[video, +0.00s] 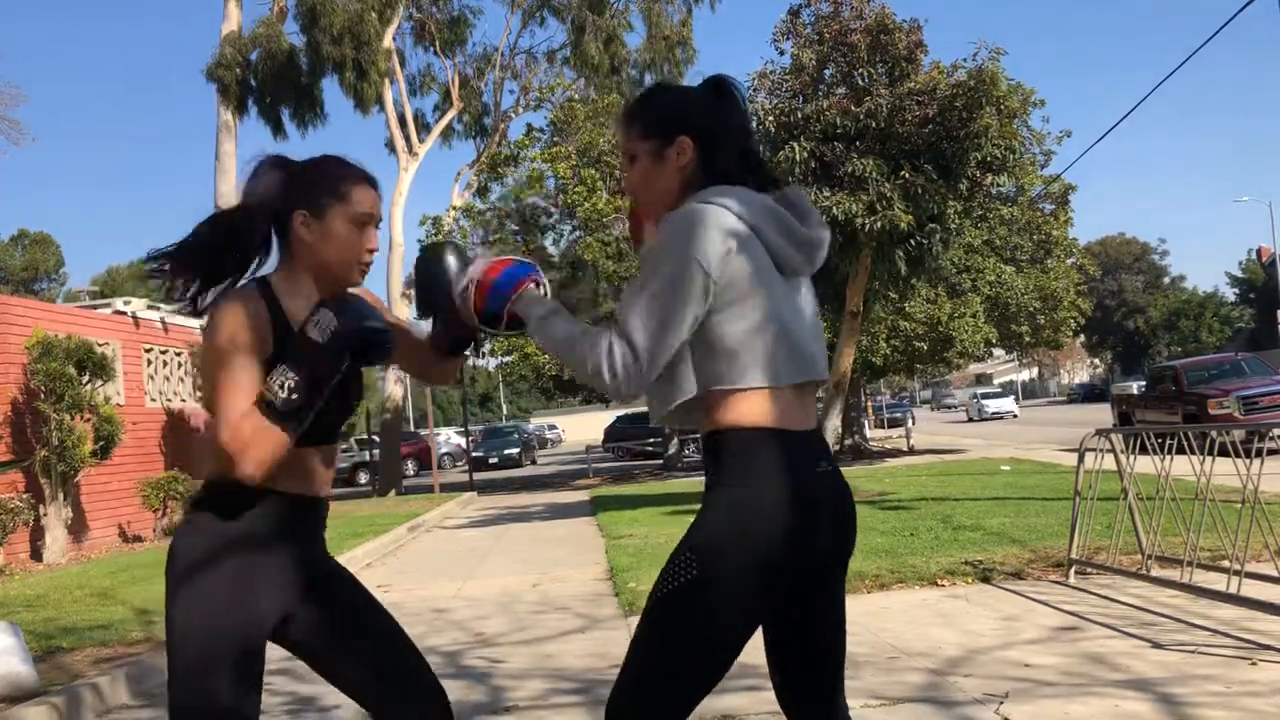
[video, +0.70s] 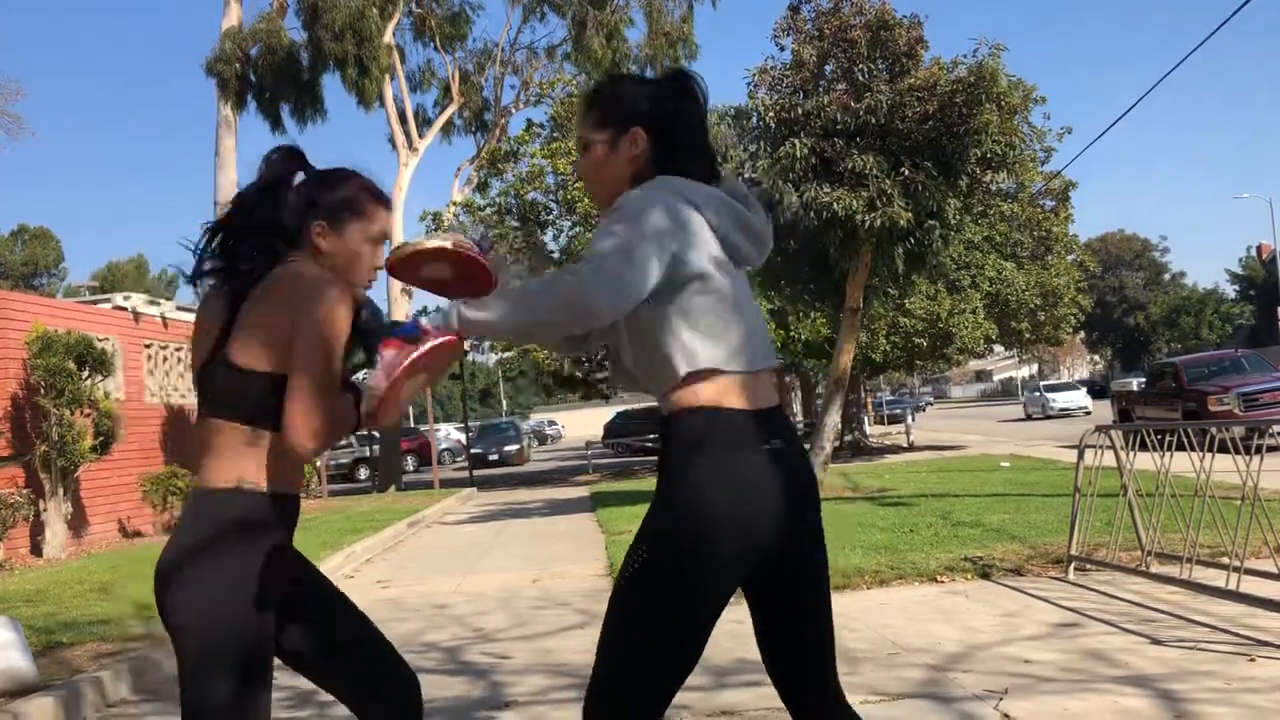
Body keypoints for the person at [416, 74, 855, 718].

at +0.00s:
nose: (625, 180)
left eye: (631, 160)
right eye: (624, 163)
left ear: (681, 153)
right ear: (683, 152)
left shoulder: (697, 226)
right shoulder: (772, 224)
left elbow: (623, 366)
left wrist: (529, 305)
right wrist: (555, 311)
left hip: (752, 501)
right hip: (817, 495)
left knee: (637, 707)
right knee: (818, 705)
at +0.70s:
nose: (580, 167)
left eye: (587, 148)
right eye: (580, 150)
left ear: (634, 144)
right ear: (633, 146)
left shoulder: (649, 209)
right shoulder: (694, 213)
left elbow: (593, 295)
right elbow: (613, 348)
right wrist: (511, 297)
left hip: (712, 473)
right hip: (780, 468)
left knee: (619, 701)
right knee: (814, 690)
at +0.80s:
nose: (562, 178)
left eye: (567, 156)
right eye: (561, 158)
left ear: (613, 145)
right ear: (623, 148)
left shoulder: (625, 208)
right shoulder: (701, 214)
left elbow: (475, 258)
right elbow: (628, 354)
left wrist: (335, 238)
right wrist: (547, 316)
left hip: (709, 476)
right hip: (784, 470)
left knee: (620, 703)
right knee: (813, 691)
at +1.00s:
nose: (569, 195)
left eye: (574, 179)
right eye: (566, 182)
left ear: (621, 167)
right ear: (635, 162)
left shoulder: (620, 230)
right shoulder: (731, 223)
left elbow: (436, 244)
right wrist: (596, 345)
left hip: (719, 493)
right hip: (801, 488)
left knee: (605, 705)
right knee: (815, 700)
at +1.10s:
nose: (604, 207)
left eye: (609, 187)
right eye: (601, 190)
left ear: (656, 174)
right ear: (667, 172)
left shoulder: (657, 234)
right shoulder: (760, 229)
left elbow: (543, 332)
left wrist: (536, 294)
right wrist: (618, 306)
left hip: (741, 494)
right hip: (822, 491)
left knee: (620, 704)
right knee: (822, 701)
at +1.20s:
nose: (618, 205)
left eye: (622, 182)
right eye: (613, 187)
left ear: (671, 167)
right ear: (677, 165)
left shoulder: (693, 227)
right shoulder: (768, 225)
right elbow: (739, 351)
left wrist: (605, 332)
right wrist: (639, 327)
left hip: (756, 493)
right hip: (825, 489)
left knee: (631, 703)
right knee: (822, 700)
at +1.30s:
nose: (617, 191)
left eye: (624, 169)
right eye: (615, 173)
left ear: (674, 159)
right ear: (673, 161)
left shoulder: (727, 224)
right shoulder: (691, 242)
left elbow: (741, 361)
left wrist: (641, 304)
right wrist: (604, 303)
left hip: (766, 489)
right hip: (806, 485)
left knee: (643, 706)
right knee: (817, 701)